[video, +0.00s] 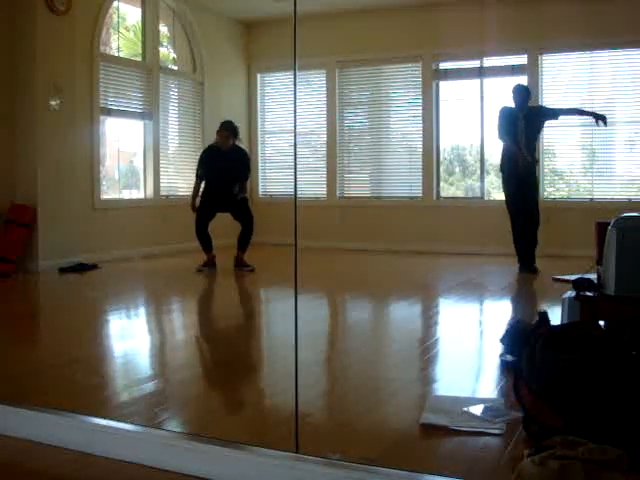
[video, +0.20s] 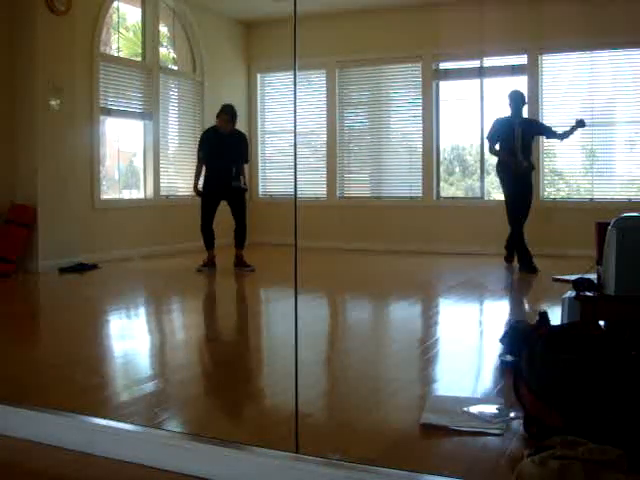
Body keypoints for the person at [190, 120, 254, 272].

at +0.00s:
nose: (219, 136)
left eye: (223, 134)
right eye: (218, 133)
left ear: (232, 137)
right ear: (217, 134)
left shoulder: (241, 155)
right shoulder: (209, 152)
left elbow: (244, 180)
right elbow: (199, 178)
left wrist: (243, 198)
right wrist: (193, 200)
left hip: (233, 197)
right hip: (211, 196)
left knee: (248, 223)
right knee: (200, 226)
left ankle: (239, 259)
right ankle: (210, 259)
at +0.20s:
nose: (219, 122)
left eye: (224, 120)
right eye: (219, 118)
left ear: (232, 121)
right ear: (217, 117)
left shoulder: (240, 137)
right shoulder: (208, 134)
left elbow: (243, 164)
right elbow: (200, 161)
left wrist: (245, 183)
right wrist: (196, 183)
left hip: (234, 185)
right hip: (211, 185)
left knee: (240, 222)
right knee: (206, 223)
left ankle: (239, 258)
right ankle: (210, 258)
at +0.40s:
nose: (221, 108)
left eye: (225, 105)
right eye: (220, 104)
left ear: (234, 108)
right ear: (218, 106)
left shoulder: (239, 133)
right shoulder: (208, 128)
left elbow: (241, 159)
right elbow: (199, 154)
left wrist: (241, 179)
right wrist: (194, 174)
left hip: (231, 178)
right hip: (211, 177)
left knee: (236, 209)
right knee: (217, 218)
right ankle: (221, 253)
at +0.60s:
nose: (224, 108)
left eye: (228, 105)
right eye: (222, 104)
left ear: (234, 108)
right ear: (219, 106)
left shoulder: (238, 129)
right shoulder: (208, 126)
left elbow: (240, 154)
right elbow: (202, 153)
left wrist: (240, 175)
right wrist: (201, 174)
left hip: (231, 175)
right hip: (212, 175)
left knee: (233, 211)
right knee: (218, 213)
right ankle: (221, 252)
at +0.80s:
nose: (225, 109)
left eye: (228, 106)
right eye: (224, 106)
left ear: (233, 108)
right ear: (221, 108)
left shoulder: (234, 129)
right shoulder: (220, 127)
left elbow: (233, 156)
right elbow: (215, 153)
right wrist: (209, 175)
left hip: (229, 177)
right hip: (219, 177)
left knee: (222, 214)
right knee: (220, 213)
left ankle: (217, 246)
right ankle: (217, 248)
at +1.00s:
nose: (240, 114)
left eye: (239, 110)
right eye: (239, 110)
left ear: (222, 111)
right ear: (236, 112)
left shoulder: (211, 130)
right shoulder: (240, 131)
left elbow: (199, 152)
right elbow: (242, 156)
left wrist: (203, 173)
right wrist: (243, 178)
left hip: (213, 179)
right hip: (233, 180)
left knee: (217, 214)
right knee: (228, 216)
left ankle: (212, 249)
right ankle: (223, 250)